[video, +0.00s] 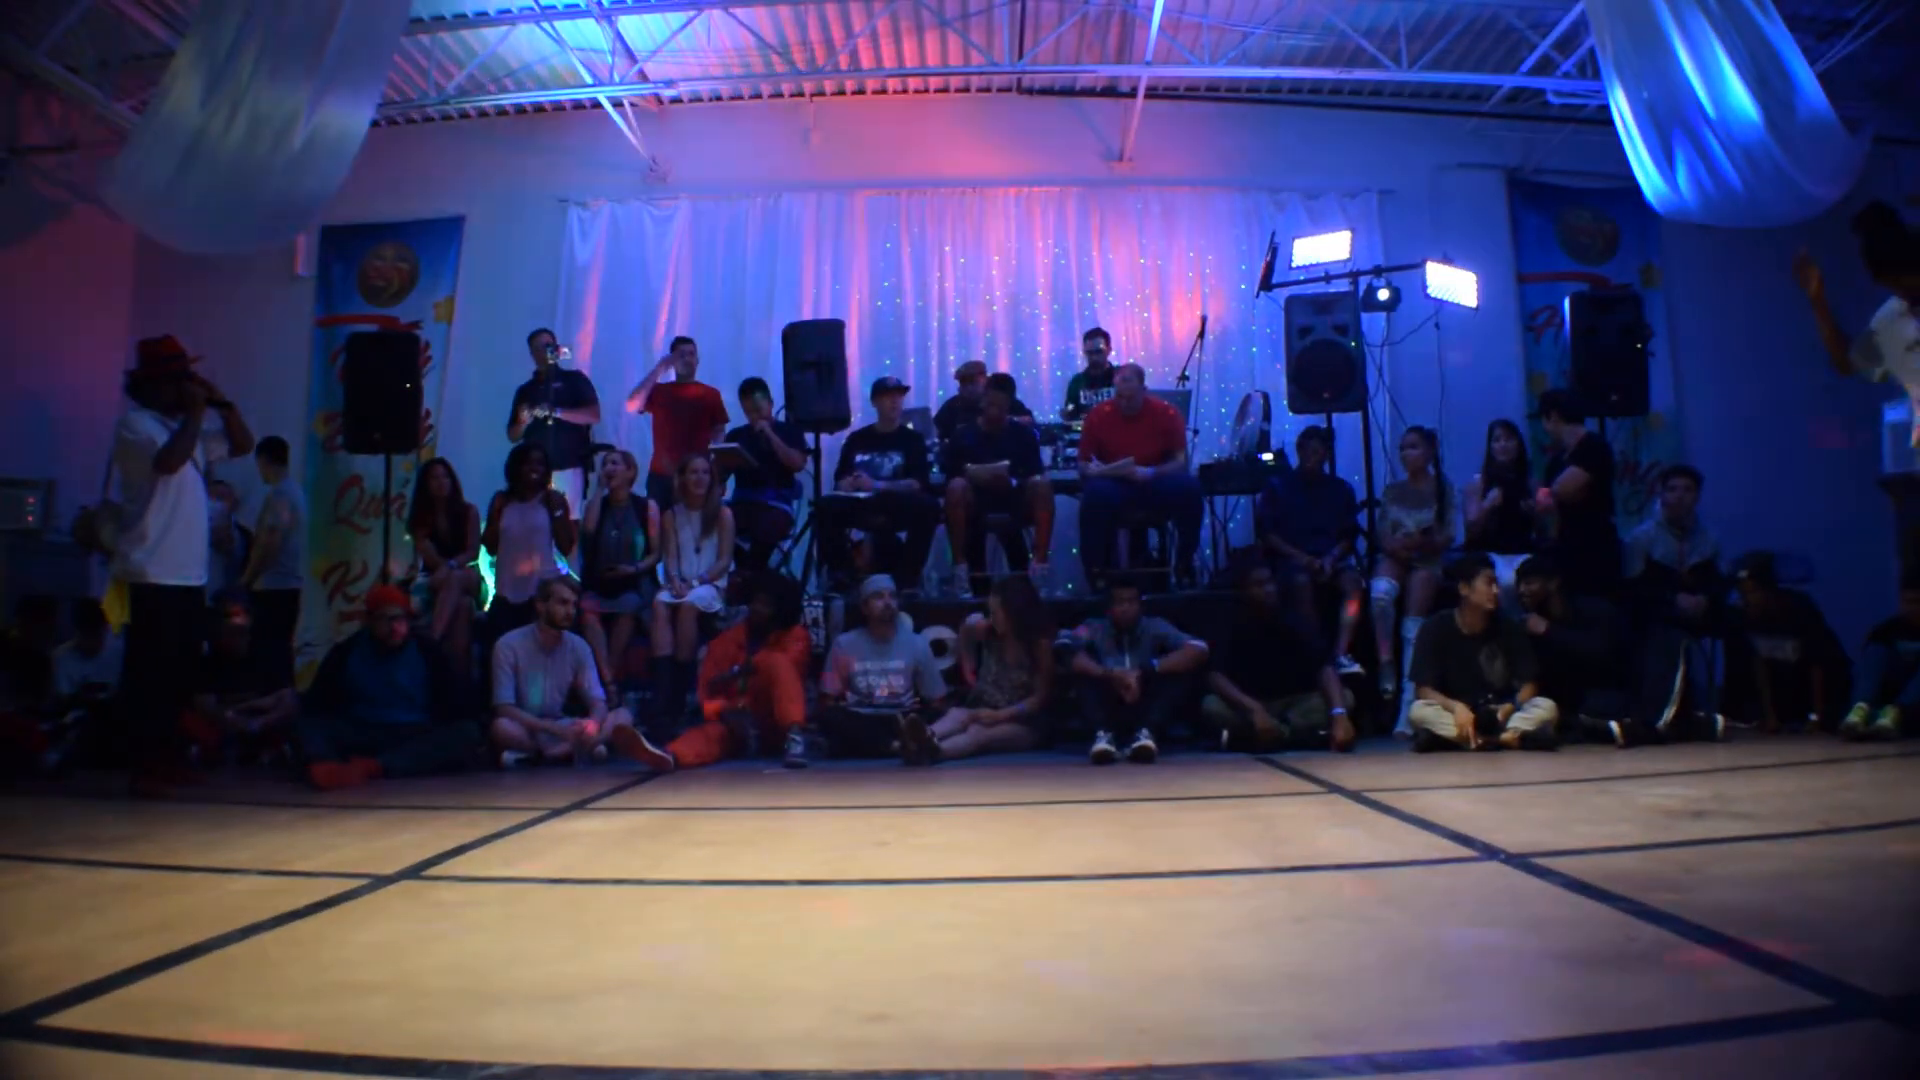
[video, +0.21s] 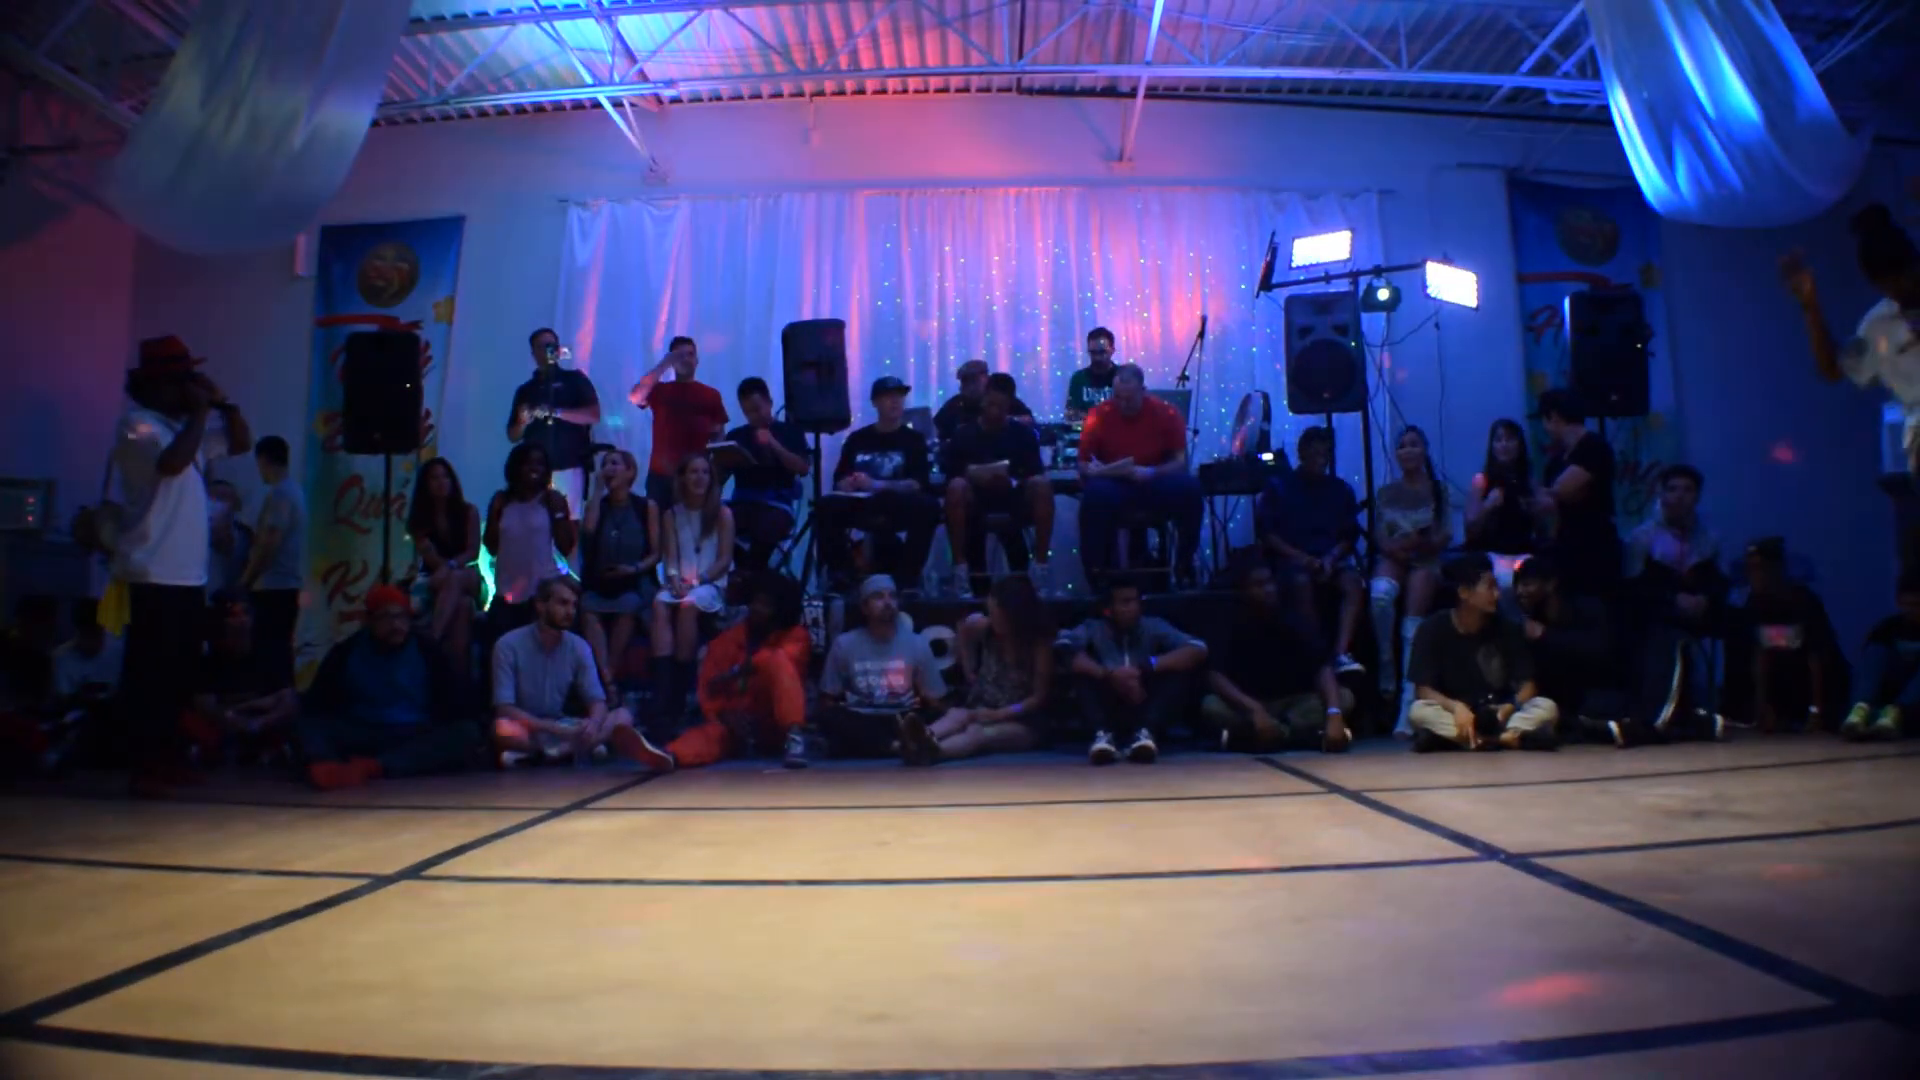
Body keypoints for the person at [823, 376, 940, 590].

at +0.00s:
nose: (895, 403)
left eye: (898, 397)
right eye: (889, 397)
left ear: (903, 401)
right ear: (875, 402)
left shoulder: (913, 439)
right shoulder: (857, 439)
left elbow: (919, 483)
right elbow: (840, 482)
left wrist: (875, 485)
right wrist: (851, 484)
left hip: (897, 501)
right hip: (861, 502)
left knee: (927, 508)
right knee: (825, 507)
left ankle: (908, 580)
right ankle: (840, 578)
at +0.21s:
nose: (895, 403)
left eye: (899, 397)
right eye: (889, 398)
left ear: (903, 401)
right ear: (875, 402)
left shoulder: (914, 439)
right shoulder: (857, 439)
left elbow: (919, 483)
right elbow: (838, 482)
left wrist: (874, 484)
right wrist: (849, 483)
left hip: (897, 501)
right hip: (861, 502)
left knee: (927, 508)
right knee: (825, 506)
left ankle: (907, 579)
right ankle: (840, 578)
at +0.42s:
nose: (895, 403)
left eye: (898, 397)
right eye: (888, 398)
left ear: (903, 401)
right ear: (875, 402)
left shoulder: (914, 439)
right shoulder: (857, 439)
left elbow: (919, 483)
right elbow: (838, 482)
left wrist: (874, 485)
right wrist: (848, 484)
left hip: (897, 501)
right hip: (861, 501)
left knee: (927, 508)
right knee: (826, 506)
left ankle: (907, 580)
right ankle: (841, 578)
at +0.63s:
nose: (894, 402)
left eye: (898, 397)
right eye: (887, 397)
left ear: (902, 401)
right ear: (874, 402)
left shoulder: (914, 439)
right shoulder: (856, 439)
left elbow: (919, 483)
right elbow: (838, 481)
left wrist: (874, 485)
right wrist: (848, 484)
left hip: (897, 501)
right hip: (860, 501)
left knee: (927, 508)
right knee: (826, 506)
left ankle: (907, 580)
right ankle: (840, 578)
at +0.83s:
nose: (898, 407)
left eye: (901, 401)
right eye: (891, 401)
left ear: (905, 404)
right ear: (876, 403)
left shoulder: (913, 439)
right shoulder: (856, 439)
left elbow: (918, 483)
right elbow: (837, 482)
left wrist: (874, 485)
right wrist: (848, 484)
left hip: (897, 502)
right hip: (860, 502)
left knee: (928, 508)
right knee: (826, 506)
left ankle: (908, 580)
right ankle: (839, 577)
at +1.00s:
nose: (903, 409)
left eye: (906, 403)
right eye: (897, 403)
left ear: (908, 405)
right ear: (881, 404)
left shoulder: (914, 439)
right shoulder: (856, 439)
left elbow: (919, 483)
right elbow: (837, 482)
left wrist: (875, 486)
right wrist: (850, 485)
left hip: (897, 502)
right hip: (859, 502)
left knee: (927, 508)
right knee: (826, 507)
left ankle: (909, 579)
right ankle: (839, 577)